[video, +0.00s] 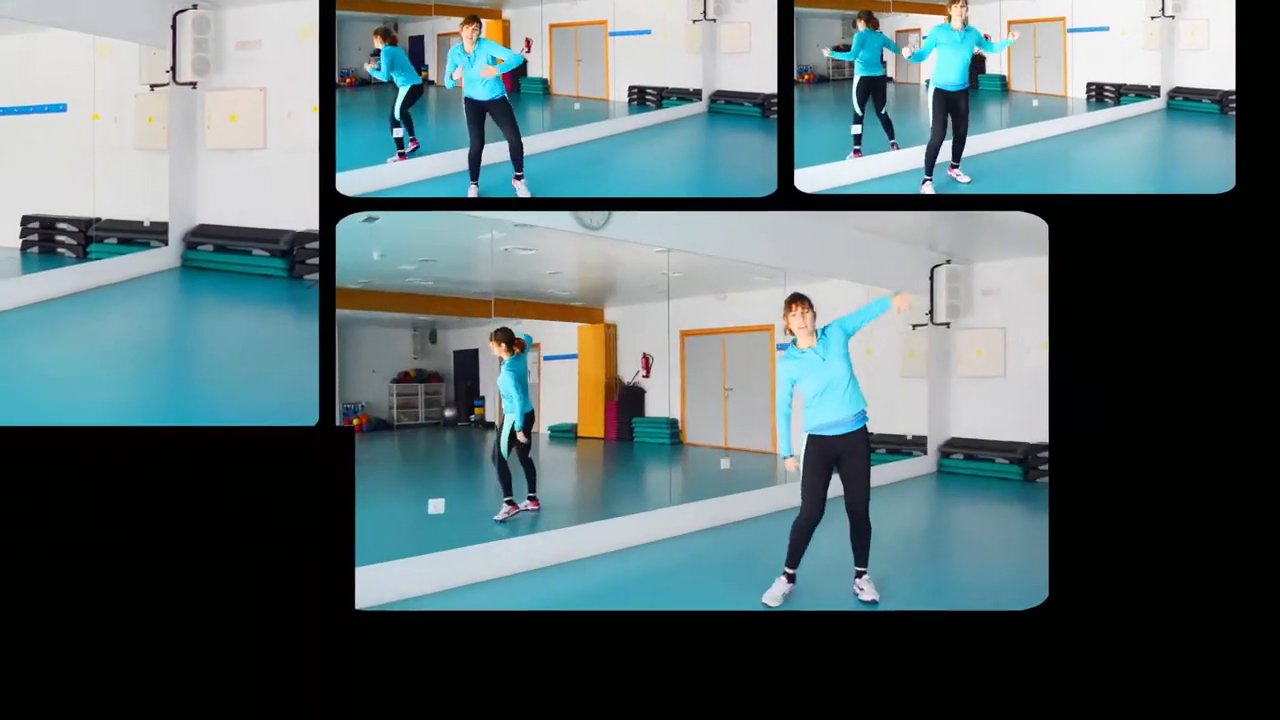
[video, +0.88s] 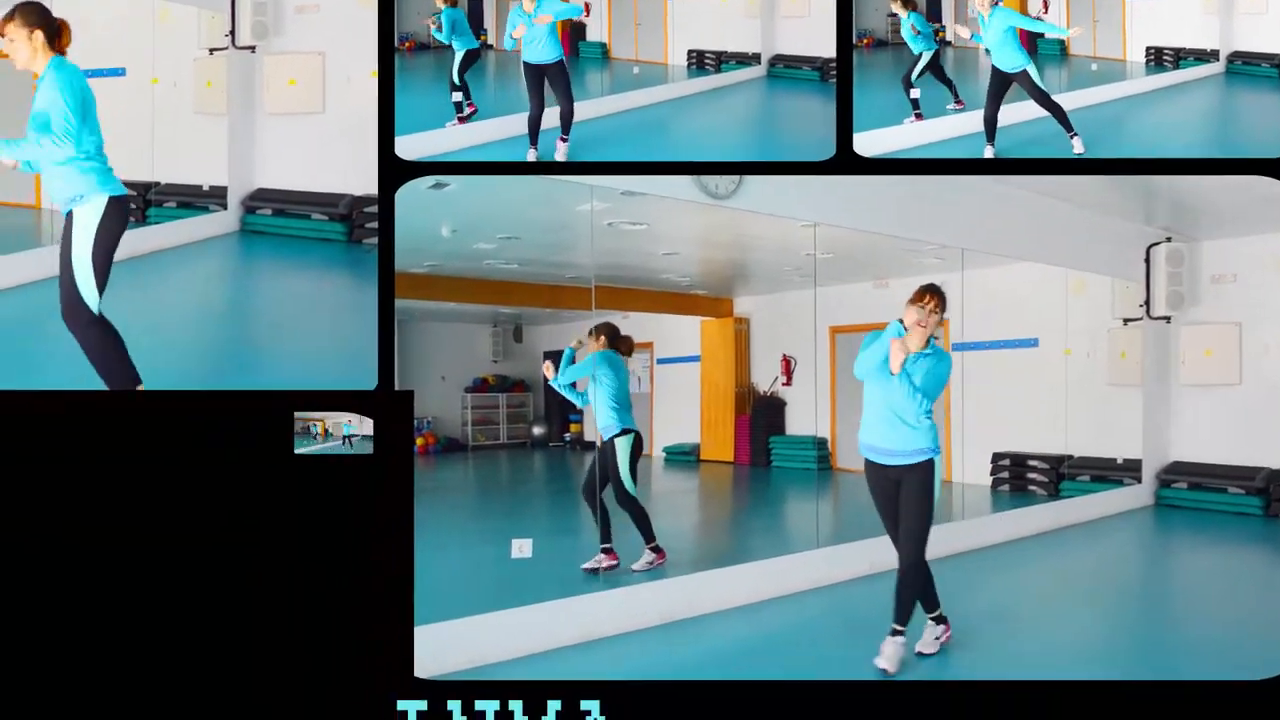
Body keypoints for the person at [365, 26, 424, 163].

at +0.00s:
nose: (374, 42)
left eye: (375, 39)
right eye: (374, 39)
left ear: (380, 38)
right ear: (389, 37)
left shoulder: (386, 51)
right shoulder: (397, 49)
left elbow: (384, 76)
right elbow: (393, 69)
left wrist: (370, 70)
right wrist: (377, 66)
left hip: (408, 86)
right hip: (416, 83)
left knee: (395, 117)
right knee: (403, 110)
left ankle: (401, 153)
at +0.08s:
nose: (376, 39)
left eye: (377, 36)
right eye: (376, 36)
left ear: (382, 35)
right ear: (388, 35)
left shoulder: (390, 48)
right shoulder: (398, 46)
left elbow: (393, 70)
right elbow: (395, 67)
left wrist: (375, 68)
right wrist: (378, 67)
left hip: (412, 83)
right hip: (419, 81)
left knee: (399, 116)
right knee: (412, 110)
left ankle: (404, 152)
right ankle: (429, 136)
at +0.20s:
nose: (379, 36)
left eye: (380, 33)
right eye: (379, 33)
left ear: (386, 33)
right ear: (387, 33)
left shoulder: (402, 46)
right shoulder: (393, 49)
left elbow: (415, 64)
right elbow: (405, 67)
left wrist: (399, 64)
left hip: (419, 81)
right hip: (415, 81)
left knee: (401, 114)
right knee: (428, 110)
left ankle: (408, 148)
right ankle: (445, 133)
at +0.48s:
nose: (387, 31)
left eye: (388, 28)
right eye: (387, 28)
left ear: (394, 27)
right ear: (397, 27)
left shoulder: (403, 42)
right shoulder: (408, 39)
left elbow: (407, 64)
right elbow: (410, 61)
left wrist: (386, 59)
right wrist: (390, 58)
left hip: (422, 76)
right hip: (430, 74)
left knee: (408, 108)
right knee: (426, 103)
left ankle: (414, 144)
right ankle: (446, 128)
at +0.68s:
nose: (393, 27)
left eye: (394, 24)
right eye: (393, 24)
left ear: (398, 23)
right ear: (406, 22)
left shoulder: (404, 39)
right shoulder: (417, 34)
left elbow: (401, 65)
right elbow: (418, 52)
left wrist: (396, 53)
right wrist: (400, 50)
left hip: (424, 72)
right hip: (435, 69)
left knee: (414, 104)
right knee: (418, 99)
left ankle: (419, 140)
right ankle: (428, 129)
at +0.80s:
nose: (414, 17)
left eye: (414, 14)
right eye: (413, 14)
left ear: (419, 14)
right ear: (429, 12)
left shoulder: (424, 29)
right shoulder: (438, 25)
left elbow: (423, 55)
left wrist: (418, 45)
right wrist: (422, 42)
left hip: (442, 63)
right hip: (453, 61)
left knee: (432, 93)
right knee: (435, 91)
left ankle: (439, 129)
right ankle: (445, 122)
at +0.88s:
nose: (436, 2)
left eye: (437, 0)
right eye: (436, 0)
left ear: (442, 1)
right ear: (450, 1)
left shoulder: (446, 14)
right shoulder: (459, 10)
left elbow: (446, 39)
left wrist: (433, 30)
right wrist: (437, 22)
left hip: (464, 50)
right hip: (473, 47)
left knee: (454, 81)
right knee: (459, 75)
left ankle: (460, 116)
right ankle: (470, 105)